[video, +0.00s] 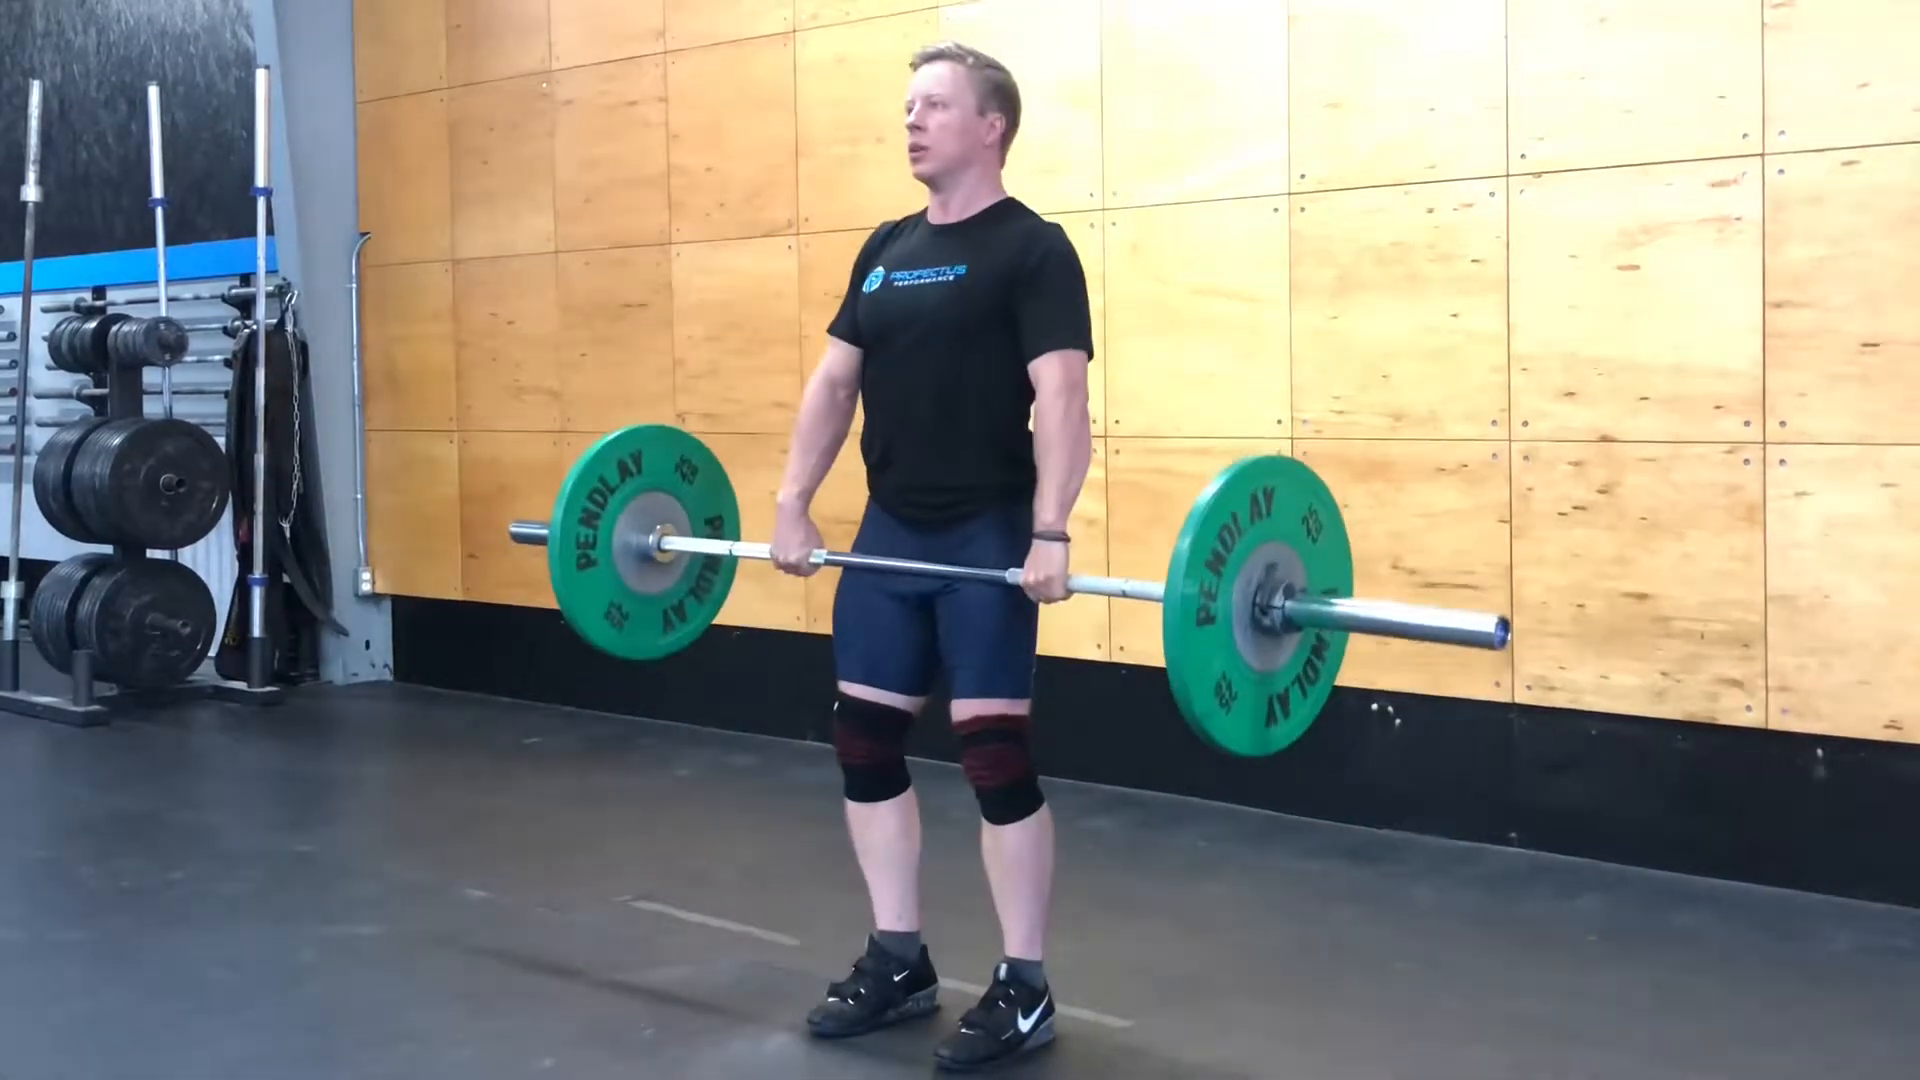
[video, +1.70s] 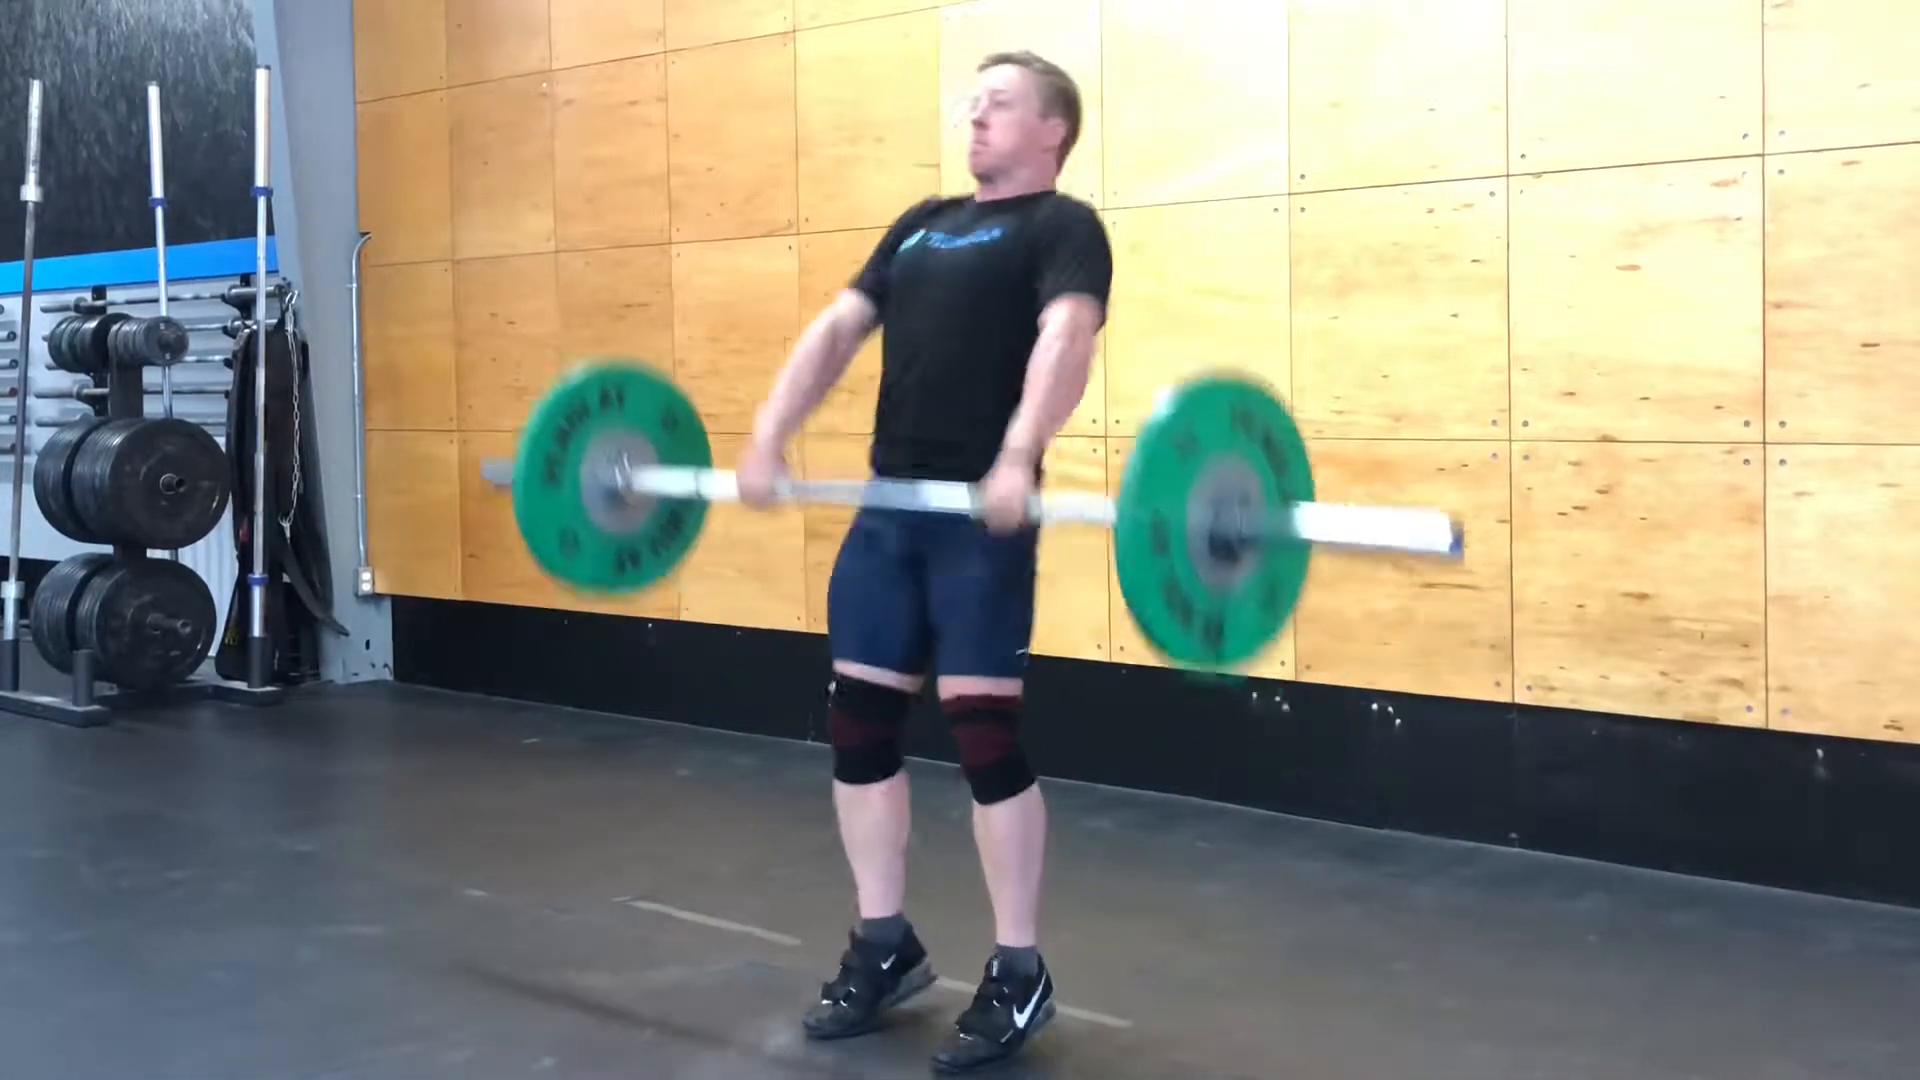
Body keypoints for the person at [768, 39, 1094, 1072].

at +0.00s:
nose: (911, 122)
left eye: (932, 108)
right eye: (909, 108)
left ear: (992, 127)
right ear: (917, 129)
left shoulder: (1033, 247)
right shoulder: (884, 250)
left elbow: (1062, 395)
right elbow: (834, 382)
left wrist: (1050, 529)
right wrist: (792, 499)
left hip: (992, 532)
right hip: (889, 526)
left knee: (994, 754)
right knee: (865, 738)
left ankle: (1024, 987)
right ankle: (897, 962)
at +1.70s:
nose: (976, 118)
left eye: (999, 107)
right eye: (975, 104)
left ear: (1055, 133)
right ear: (971, 127)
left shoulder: (1067, 228)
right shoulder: (924, 223)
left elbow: (1067, 342)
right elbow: (840, 330)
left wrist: (1020, 455)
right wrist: (769, 431)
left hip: (985, 515)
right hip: (887, 512)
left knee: (983, 731)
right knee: (859, 724)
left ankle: (1017, 974)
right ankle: (881, 944)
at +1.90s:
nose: (900, 200)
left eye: (922, 186)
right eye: (901, 185)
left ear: (981, 209)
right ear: (911, 210)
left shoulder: (1032, 321)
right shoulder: (888, 326)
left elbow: (1106, 459)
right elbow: (876, 449)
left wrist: (1044, 387)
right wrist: (799, 386)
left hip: (1036, 589)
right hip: (938, 589)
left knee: (1000, 772)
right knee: (816, 752)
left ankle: (1055, 990)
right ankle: (882, 959)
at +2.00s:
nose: (903, 244)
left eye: (926, 231)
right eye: (903, 230)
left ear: (984, 255)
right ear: (909, 255)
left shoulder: (1020, 382)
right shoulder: (874, 379)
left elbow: (985, 515)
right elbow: (768, 487)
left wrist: (1008, 379)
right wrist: (766, 362)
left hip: (1046, 621)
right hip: (945, 625)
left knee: (1021, 786)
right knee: (804, 761)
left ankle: (1056, 993)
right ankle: (882, 960)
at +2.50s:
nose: (905, 450)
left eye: (926, 435)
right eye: (902, 435)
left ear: (984, 454)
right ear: (899, 449)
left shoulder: (1015, 573)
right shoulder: (871, 560)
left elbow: (941, 641)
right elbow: (732, 599)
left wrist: (987, 521)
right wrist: (785, 503)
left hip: (1051, 783)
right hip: (942, 782)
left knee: (1036, 807)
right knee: (790, 770)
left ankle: (1058, 996)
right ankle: (880, 959)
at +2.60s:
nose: (904, 397)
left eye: (924, 383)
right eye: (902, 382)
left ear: (983, 402)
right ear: (899, 394)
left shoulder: (1012, 518)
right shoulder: (866, 509)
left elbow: (938, 585)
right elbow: (728, 546)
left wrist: (983, 467)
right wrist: (777, 456)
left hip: (1049, 733)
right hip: (942, 734)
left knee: (1027, 805)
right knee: (780, 771)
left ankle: (1058, 994)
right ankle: (879, 958)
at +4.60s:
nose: (920, 117)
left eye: (942, 104)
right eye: (919, 104)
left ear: (997, 130)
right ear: (922, 127)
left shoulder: (1021, 254)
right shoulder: (871, 252)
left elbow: (1032, 410)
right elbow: (825, 392)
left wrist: (1033, 550)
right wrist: (787, 514)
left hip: (983, 536)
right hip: (882, 529)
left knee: (1002, 760)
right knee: (860, 744)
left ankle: (1034, 987)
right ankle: (898, 961)